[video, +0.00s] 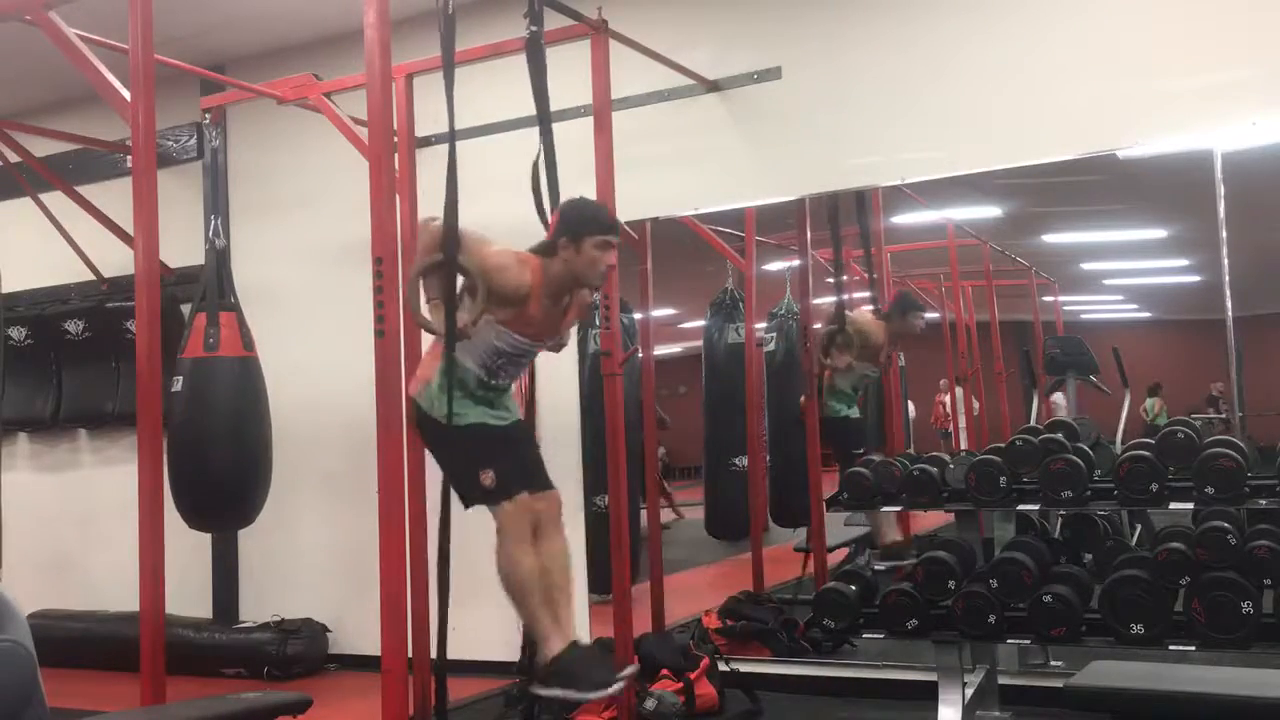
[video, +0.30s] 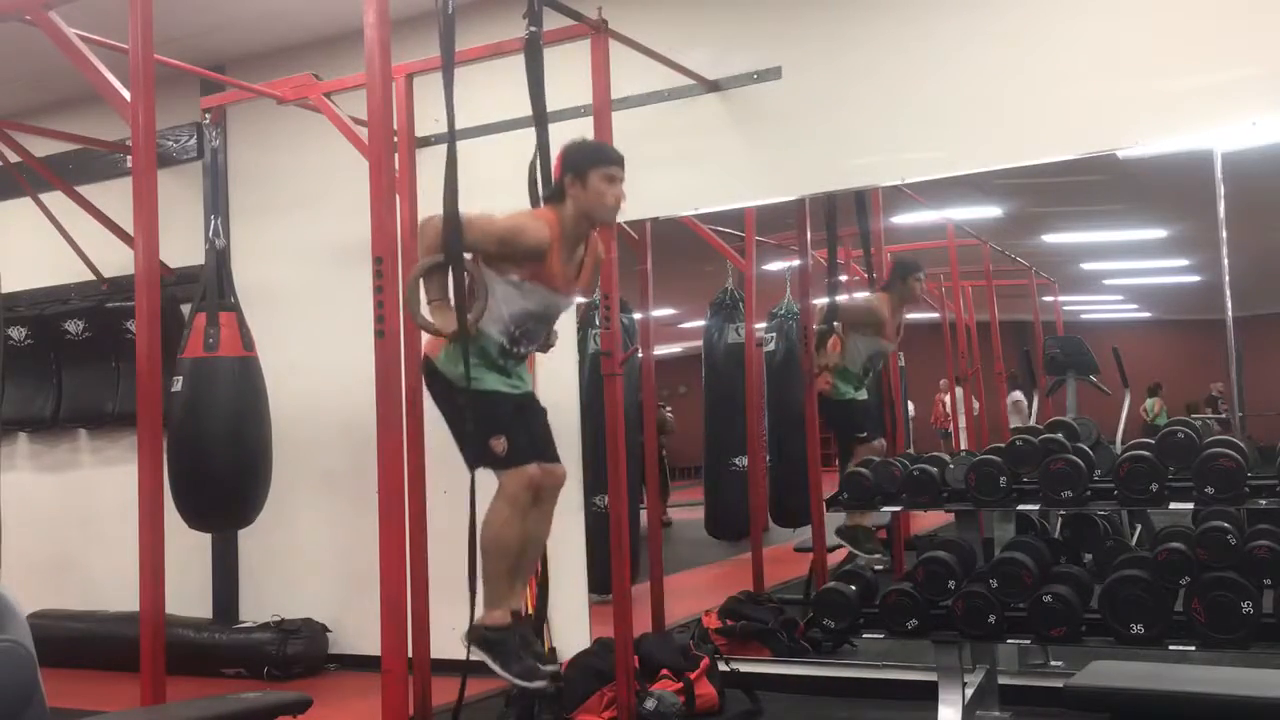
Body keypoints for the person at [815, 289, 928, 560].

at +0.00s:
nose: (922, 325)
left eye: (923, 319)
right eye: (919, 318)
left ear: (903, 315)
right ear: (902, 315)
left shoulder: (881, 335)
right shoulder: (870, 330)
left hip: (850, 408)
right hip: (837, 409)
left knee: (866, 471)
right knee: (868, 471)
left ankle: (885, 536)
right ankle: (886, 537)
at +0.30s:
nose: (922, 288)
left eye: (922, 282)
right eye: (918, 281)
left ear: (909, 283)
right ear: (900, 281)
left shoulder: (896, 314)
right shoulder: (876, 309)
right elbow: (827, 310)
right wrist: (820, 355)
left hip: (859, 387)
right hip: (842, 386)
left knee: (865, 452)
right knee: (872, 446)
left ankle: (861, 525)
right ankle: (855, 522)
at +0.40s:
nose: (916, 268)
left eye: (916, 262)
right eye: (911, 261)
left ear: (898, 265)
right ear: (893, 264)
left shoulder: (890, 299)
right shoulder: (873, 291)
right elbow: (825, 309)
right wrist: (820, 354)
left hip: (863, 380)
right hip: (846, 379)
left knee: (859, 447)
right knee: (869, 441)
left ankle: (856, 513)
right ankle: (852, 514)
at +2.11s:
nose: (916, 309)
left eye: (916, 303)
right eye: (913, 302)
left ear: (899, 302)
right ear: (896, 302)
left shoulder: (885, 329)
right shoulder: (870, 321)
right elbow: (827, 319)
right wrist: (831, 362)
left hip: (859, 409)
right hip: (839, 411)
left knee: (865, 480)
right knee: (852, 481)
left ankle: (871, 551)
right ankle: (859, 553)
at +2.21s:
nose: (918, 321)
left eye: (919, 314)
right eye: (915, 313)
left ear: (900, 312)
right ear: (897, 310)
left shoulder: (887, 340)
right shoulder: (867, 325)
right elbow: (826, 322)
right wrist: (829, 360)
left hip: (861, 421)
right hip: (839, 421)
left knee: (870, 487)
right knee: (854, 489)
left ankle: (877, 556)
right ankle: (863, 559)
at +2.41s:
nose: (909, 312)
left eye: (910, 307)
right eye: (904, 306)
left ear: (901, 309)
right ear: (887, 307)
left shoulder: (890, 337)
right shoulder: (863, 327)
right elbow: (822, 344)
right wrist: (838, 362)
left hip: (863, 418)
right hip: (841, 421)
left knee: (881, 483)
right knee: (866, 486)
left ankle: (892, 550)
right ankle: (878, 553)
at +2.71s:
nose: (875, 318)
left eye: (875, 312)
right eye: (870, 312)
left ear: (870, 313)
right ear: (855, 314)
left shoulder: (869, 339)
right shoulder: (836, 339)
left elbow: (879, 365)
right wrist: (859, 363)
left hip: (873, 434)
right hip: (850, 439)